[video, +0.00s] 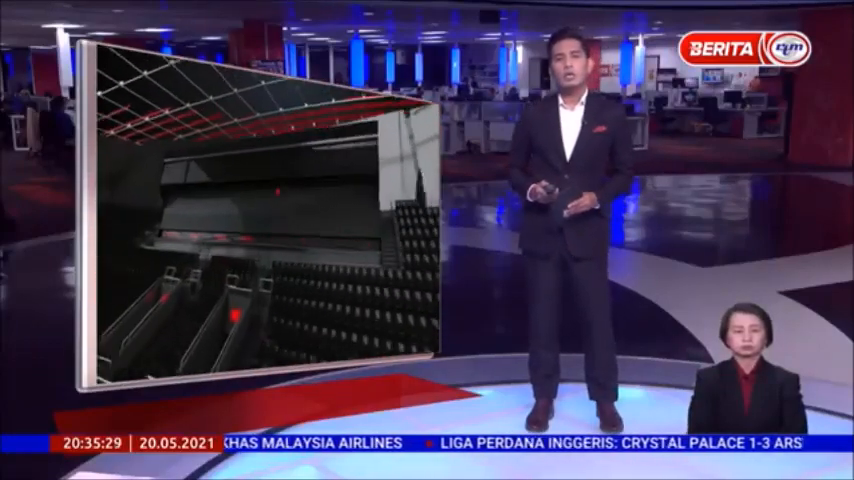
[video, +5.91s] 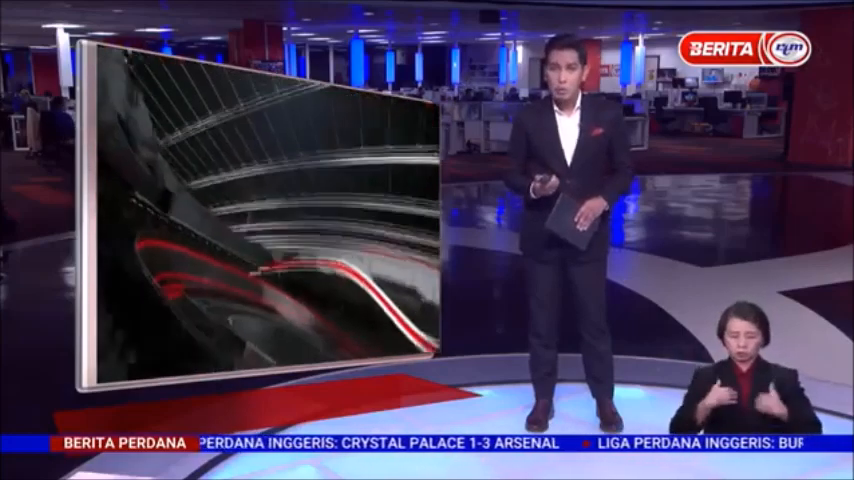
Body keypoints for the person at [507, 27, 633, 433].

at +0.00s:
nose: (567, 65)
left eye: (575, 57)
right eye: (559, 58)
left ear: (590, 63)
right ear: (551, 66)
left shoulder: (611, 112)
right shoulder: (534, 112)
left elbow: (625, 173)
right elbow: (515, 166)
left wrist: (598, 197)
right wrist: (529, 187)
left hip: (588, 232)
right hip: (541, 232)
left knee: (596, 317)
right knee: (543, 317)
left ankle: (605, 400)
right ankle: (543, 398)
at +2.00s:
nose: (558, 79)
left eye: (565, 69)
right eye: (550, 72)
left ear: (581, 71)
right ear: (543, 77)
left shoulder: (607, 112)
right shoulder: (529, 117)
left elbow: (626, 169)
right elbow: (512, 173)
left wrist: (601, 202)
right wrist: (540, 188)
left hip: (590, 231)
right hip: (542, 232)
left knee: (594, 320)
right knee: (543, 322)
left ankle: (605, 400)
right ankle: (542, 400)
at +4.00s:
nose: (564, 72)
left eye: (572, 63)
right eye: (557, 64)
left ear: (586, 69)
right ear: (548, 72)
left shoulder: (608, 112)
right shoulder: (531, 115)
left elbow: (626, 170)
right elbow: (513, 170)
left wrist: (601, 201)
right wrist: (537, 185)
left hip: (590, 232)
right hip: (542, 233)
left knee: (593, 321)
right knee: (543, 322)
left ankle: (605, 400)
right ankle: (542, 400)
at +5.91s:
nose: (561, 76)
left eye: (569, 68)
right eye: (554, 68)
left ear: (583, 72)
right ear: (545, 73)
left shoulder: (606, 112)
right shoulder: (528, 116)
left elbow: (623, 170)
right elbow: (512, 172)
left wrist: (602, 199)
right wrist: (531, 187)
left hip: (589, 231)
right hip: (541, 232)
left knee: (593, 321)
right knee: (543, 322)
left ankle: (605, 401)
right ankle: (542, 401)